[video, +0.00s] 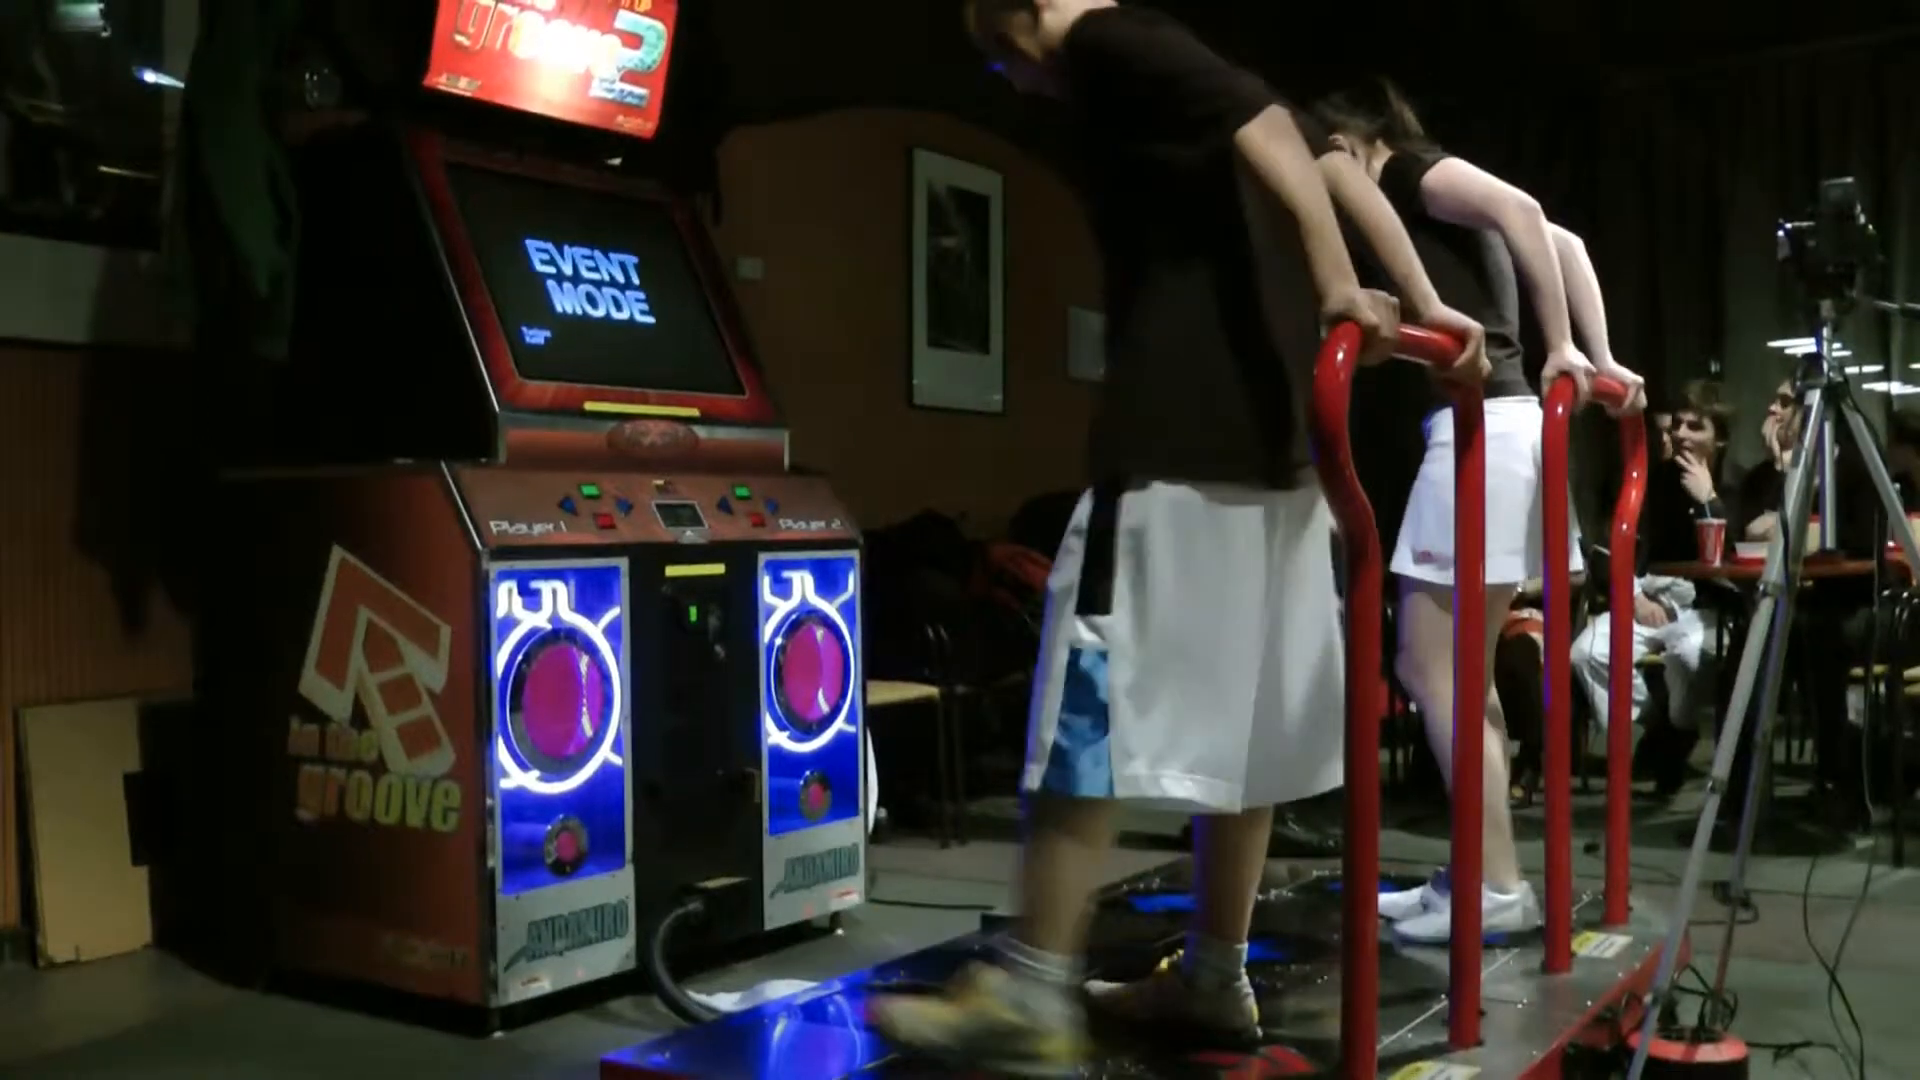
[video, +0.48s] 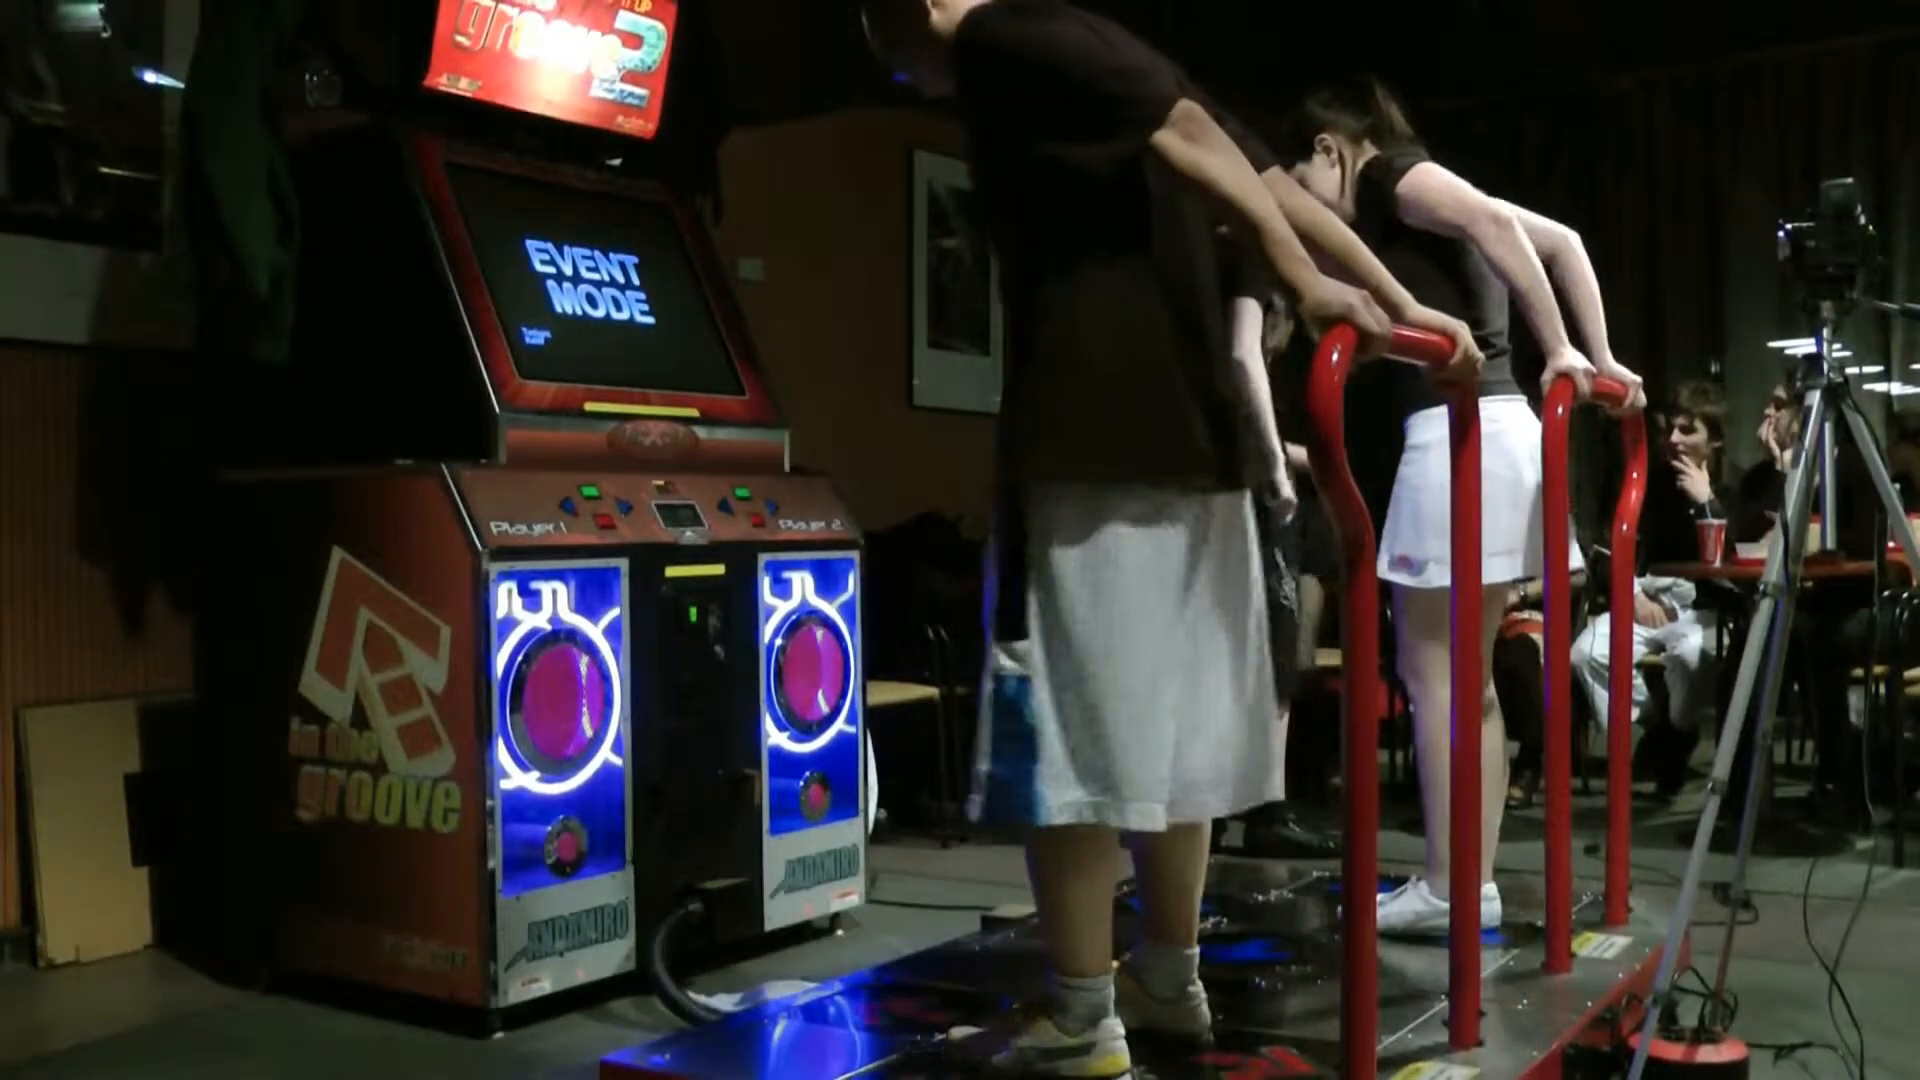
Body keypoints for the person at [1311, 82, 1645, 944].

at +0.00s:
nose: (1335, 170)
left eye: (1335, 155)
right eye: (1331, 158)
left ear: (1364, 141)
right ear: (1393, 132)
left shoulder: (1417, 173)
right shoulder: (1440, 181)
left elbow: (1522, 214)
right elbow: (1562, 240)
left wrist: (1561, 348)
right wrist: (1604, 354)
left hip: (1481, 434)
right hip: (1509, 435)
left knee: (1435, 665)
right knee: (1448, 666)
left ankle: (1493, 885)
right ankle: (1485, 875)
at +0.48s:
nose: (1311, 177)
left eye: (1311, 160)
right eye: (1307, 164)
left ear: (1336, 144)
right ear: (1389, 135)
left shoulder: (1393, 181)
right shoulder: (1444, 186)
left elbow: (1499, 224)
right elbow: (1563, 239)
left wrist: (1555, 347)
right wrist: (1601, 356)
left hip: (1456, 435)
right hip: (1504, 434)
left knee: (1433, 670)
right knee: (1473, 675)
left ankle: (1447, 888)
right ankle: (1475, 885)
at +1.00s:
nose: (1301, 168)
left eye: (1305, 148)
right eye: (1296, 153)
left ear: (1346, 128)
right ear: (1356, 132)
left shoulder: (1416, 175)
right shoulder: (1412, 191)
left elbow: (1522, 212)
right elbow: (1549, 250)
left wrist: (1557, 350)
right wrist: (1600, 361)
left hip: (1438, 438)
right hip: (1427, 440)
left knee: (1424, 665)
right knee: (1406, 664)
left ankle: (1440, 884)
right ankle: (1422, 872)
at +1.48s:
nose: (1310, 135)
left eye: (1317, 118)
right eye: (1311, 120)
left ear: (1362, 115)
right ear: (1380, 119)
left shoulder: (1383, 177)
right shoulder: (1422, 182)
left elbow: (1495, 235)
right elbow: (1545, 250)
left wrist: (1554, 354)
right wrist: (1600, 357)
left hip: (1407, 448)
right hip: (1431, 447)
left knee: (1380, 675)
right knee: (1393, 676)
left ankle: (1436, 882)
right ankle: (1402, 876)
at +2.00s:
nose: (1307, 123)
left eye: (1318, 106)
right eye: (1310, 106)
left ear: (1364, 109)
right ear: (1389, 114)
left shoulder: (1373, 178)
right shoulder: (1434, 179)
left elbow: (1473, 235)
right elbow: (1552, 235)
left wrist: (1552, 351)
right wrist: (1603, 352)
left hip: (1385, 446)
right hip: (1441, 445)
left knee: (1321, 663)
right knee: (1396, 675)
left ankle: (1366, 868)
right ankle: (1402, 872)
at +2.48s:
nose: (1312, 118)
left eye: (1320, 101)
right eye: (1312, 102)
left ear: (1366, 103)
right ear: (1391, 107)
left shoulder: (1386, 172)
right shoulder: (1432, 178)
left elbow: (1489, 228)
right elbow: (1552, 238)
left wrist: (1556, 351)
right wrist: (1603, 355)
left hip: (1378, 446)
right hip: (1437, 447)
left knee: (1317, 657)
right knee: (1396, 676)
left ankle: (1344, 864)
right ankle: (1401, 872)